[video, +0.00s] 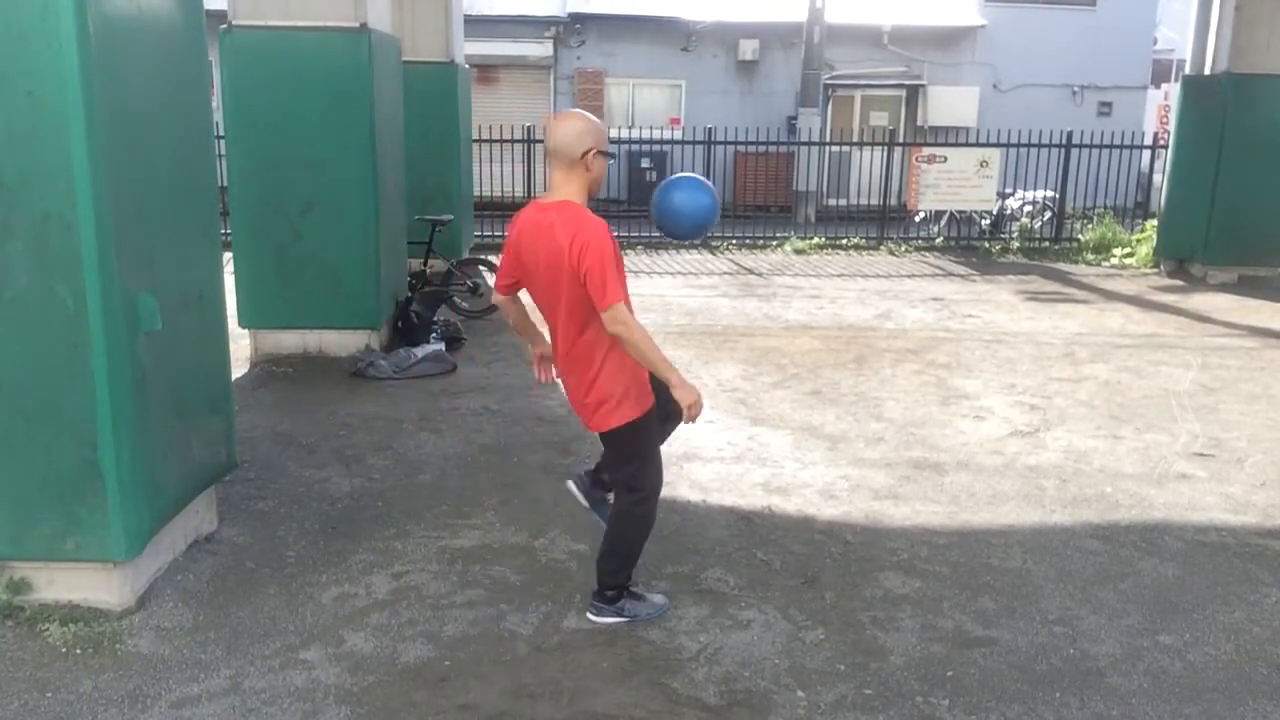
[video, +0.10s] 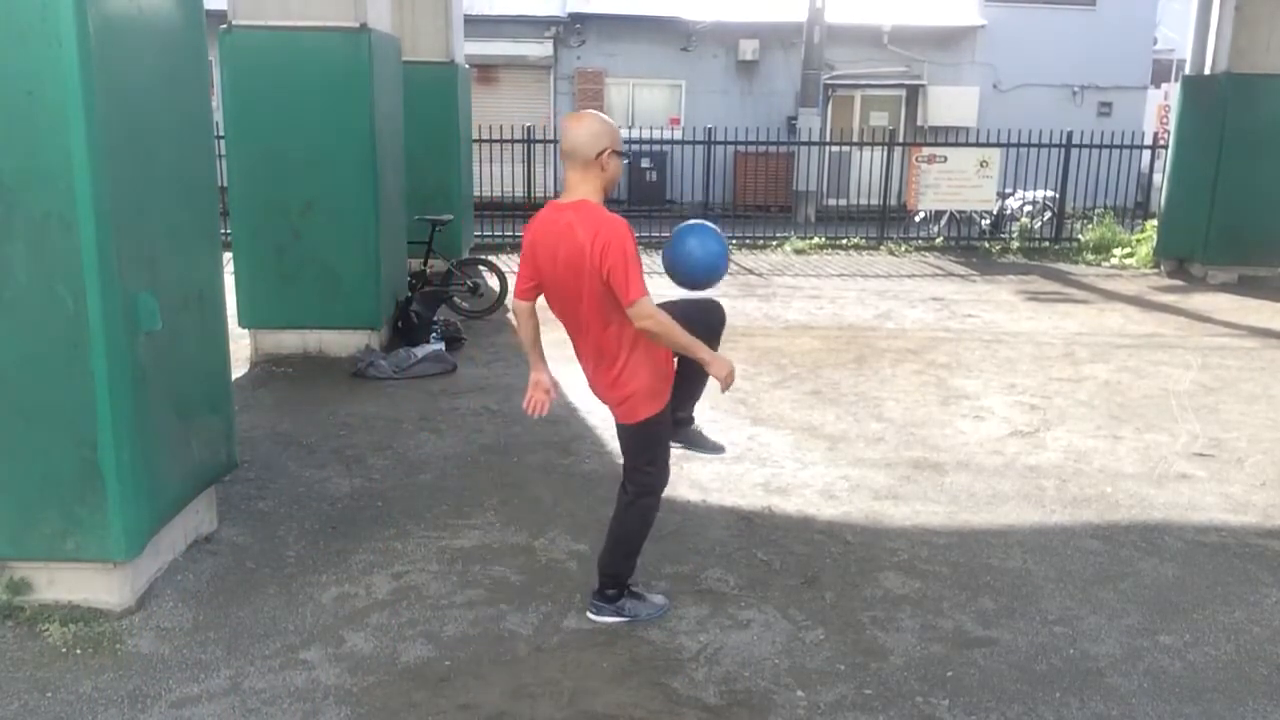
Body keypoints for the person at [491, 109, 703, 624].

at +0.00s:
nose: (606, 165)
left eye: (605, 156)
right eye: (604, 156)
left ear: (552, 159)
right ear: (589, 160)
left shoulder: (524, 223)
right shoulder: (590, 231)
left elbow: (504, 296)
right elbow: (617, 321)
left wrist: (535, 341)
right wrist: (675, 380)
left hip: (582, 375)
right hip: (612, 382)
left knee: (672, 403)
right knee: (641, 488)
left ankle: (600, 480)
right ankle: (610, 595)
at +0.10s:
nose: (620, 165)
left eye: (619, 156)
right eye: (618, 156)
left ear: (566, 159)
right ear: (604, 160)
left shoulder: (540, 226)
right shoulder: (611, 230)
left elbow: (522, 304)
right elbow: (642, 315)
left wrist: (537, 368)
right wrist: (709, 356)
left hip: (600, 357)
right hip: (636, 366)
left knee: (709, 314)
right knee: (644, 485)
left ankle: (679, 421)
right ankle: (610, 594)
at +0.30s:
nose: (642, 156)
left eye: (639, 146)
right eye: (637, 148)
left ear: (589, 157)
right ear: (620, 155)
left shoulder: (566, 222)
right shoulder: (635, 224)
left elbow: (551, 299)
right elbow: (662, 306)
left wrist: (567, 362)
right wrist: (729, 346)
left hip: (618, 357)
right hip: (653, 364)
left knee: (713, 356)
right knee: (648, 482)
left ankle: (683, 450)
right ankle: (610, 594)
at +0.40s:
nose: (655, 153)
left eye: (653, 143)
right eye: (650, 145)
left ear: (604, 153)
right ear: (632, 151)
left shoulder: (582, 215)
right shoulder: (646, 219)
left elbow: (567, 289)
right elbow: (670, 302)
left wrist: (591, 341)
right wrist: (733, 346)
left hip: (630, 365)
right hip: (664, 372)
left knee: (697, 419)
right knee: (659, 479)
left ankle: (666, 517)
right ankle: (613, 586)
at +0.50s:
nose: (669, 164)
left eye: (668, 155)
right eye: (666, 155)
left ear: (622, 160)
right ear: (646, 159)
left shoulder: (597, 221)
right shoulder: (648, 224)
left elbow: (595, 288)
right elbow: (664, 310)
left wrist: (640, 314)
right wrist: (726, 363)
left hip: (631, 368)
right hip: (669, 369)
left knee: (663, 450)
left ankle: (643, 553)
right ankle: (655, 541)